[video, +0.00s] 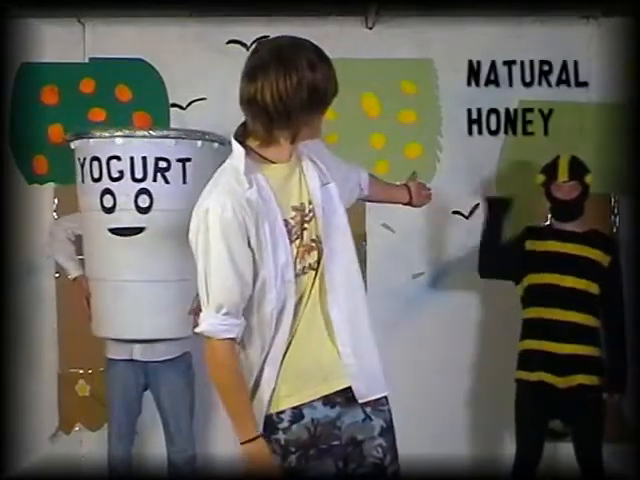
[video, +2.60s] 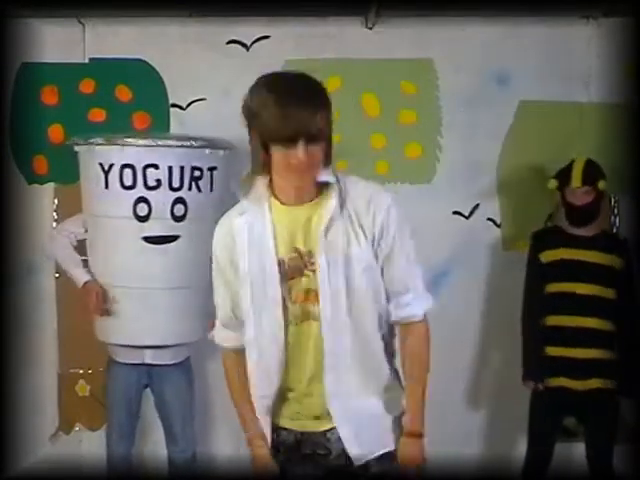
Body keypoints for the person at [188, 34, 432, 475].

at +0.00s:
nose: (326, 112)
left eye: (325, 103)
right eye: (323, 104)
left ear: (259, 101)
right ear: (305, 108)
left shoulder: (315, 160)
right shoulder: (225, 204)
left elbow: (359, 185)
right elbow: (218, 338)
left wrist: (406, 193)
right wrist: (249, 439)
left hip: (365, 399)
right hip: (291, 417)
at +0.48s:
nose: (321, 95)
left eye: (319, 85)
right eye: (307, 87)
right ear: (268, 100)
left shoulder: (327, 158)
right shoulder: (223, 200)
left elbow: (379, 205)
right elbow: (208, 329)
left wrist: (430, 231)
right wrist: (240, 431)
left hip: (364, 403)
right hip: (283, 418)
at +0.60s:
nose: (293, 91)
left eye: (299, 77)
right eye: (272, 83)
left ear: (312, 86)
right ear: (246, 101)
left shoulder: (346, 165)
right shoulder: (223, 203)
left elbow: (377, 257)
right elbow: (220, 326)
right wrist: (235, 434)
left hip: (363, 406)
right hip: (280, 419)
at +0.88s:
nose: (294, 89)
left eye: (305, 74)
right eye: (277, 80)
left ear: (328, 86)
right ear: (262, 99)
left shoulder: (383, 170)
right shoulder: (239, 198)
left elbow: (418, 280)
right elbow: (237, 319)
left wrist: (451, 378)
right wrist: (242, 424)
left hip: (375, 418)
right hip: (284, 425)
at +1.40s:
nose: (342, 83)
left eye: (360, 68)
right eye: (329, 70)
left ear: (389, 80)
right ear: (317, 85)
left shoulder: (443, 170)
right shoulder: (295, 189)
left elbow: (464, 299)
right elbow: (296, 315)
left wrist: (471, 418)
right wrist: (302, 428)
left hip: (426, 433)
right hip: (336, 433)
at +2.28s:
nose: (303, 108)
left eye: (318, 95)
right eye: (289, 96)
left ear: (343, 104)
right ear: (276, 108)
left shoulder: (393, 190)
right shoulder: (250, 205)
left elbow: (417, 309)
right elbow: (252, 322)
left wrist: (430, 417)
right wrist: (266, 426)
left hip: (381, 432)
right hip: (296, 434)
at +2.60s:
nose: (302, 156)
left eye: (312, 141)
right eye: (286, 144)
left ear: (328, 138)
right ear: (261, 145)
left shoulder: (373, 209)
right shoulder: (234, 231)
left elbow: (412, 319)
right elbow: (232, 342)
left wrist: (413, 430)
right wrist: (254, 439)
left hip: (367, 441)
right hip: (284, 444)